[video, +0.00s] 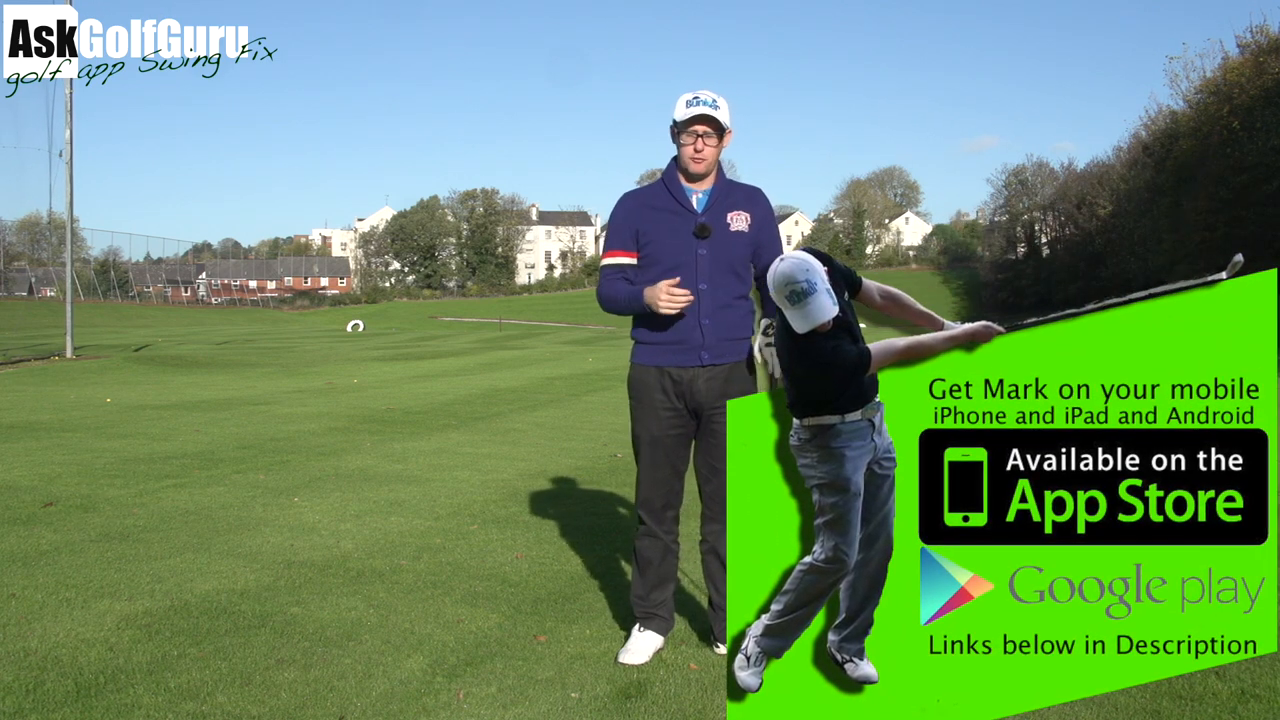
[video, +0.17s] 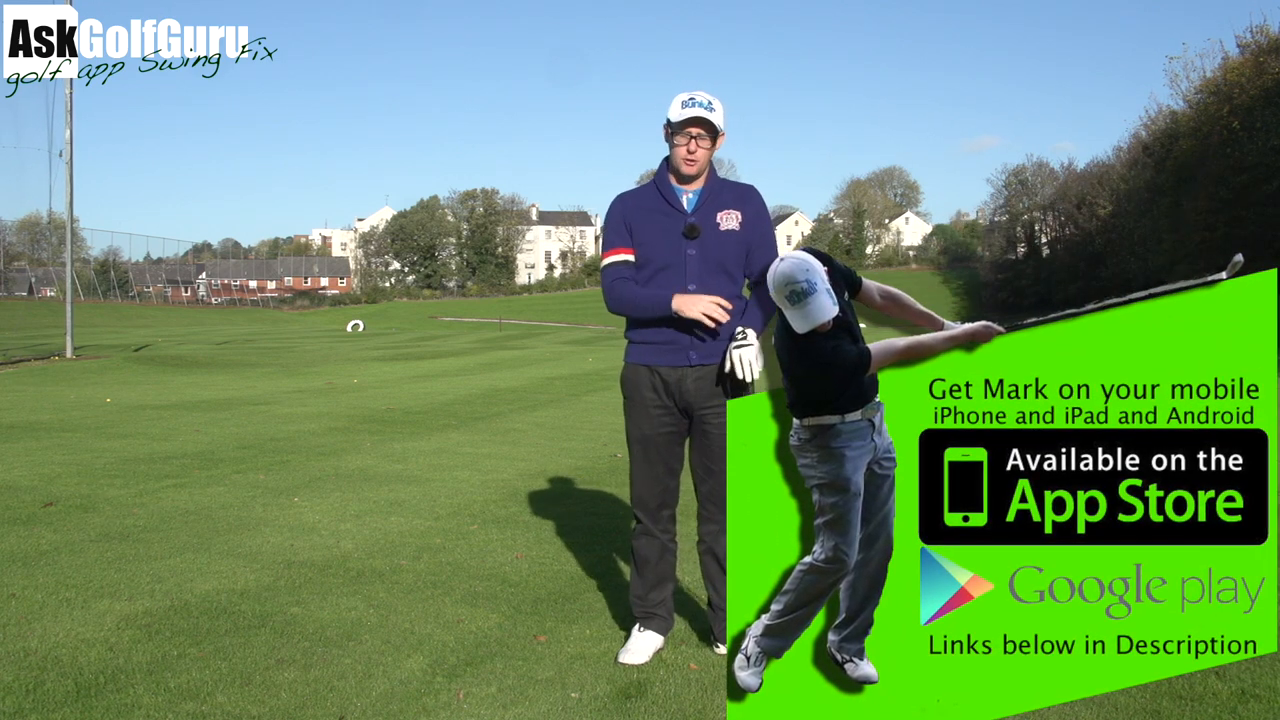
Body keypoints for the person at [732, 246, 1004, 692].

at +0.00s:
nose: (823, 324)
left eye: (825, 311)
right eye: (811, 322)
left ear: (824, 285)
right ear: (785, 311)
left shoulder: (818, 268)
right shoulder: (809, 353)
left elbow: (880, 296)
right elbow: (900, 352)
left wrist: (946, 327)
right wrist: (963, 337)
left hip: (871, 425)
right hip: (829, 439)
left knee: (874, 546)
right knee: (835, 555)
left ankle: (846, 642)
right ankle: (762, 641)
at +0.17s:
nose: (823, 324)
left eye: (825, 311)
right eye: (811, 322)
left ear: (824, 285)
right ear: (787, 310)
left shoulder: (819, 268)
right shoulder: (809, 351)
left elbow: (880, 296)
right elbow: (900, 352)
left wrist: (946, 327)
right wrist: (963, 337)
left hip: (871, 425)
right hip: (829, 440)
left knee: (874, 546)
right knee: (835, 555)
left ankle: (846, 642)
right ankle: (762, 641)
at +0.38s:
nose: (824, 324)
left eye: (826, 310)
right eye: (812, 322)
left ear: (824, 284)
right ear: (787, 309)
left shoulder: (818, 267)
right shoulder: (809, 351)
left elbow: (879, 296)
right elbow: (899, 352)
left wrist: (946, 327)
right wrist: (963, 337)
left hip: (871, 425)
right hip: (829, 439)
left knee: (874, 547)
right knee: (835, 555)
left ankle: (846, 643)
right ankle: (762, 641)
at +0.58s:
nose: (823, 323)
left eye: (825, 310)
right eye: (811, 321)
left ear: (823, 284)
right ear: (786, 308)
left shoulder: (818, 268)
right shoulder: (808, 350)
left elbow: (880, 296)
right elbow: (899, 352)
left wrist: (946, 327)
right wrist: (963, 337)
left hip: (871, 425)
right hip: (829, 439)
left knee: (874, 546)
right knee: (835, 554)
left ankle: (846, 642)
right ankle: (762, 641)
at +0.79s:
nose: (823, 323)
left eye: (825, 310)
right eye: (811, 321)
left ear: (823, 284)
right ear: (786, 308)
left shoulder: (818, 268)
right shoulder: (808, 351)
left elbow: (879, 296)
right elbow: (899, 352)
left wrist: (946, 327)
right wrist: (963, 337)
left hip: (871, 425)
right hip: (828, 439)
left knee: (874, 547)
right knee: (835, 555)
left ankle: (846, 643)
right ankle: (762, 641)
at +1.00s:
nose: (823, 324)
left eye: (825, 310)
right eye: (811, 322)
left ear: (824, 284)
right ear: (785, 308)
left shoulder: (819, 268)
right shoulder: (807, 350)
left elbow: (880, 296)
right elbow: (899, 352)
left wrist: (946, 327)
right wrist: (963, 337)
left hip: (871, 425)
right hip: (828, 440)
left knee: (874, 546)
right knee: (835, 555)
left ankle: (846, 642)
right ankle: (762, 641)